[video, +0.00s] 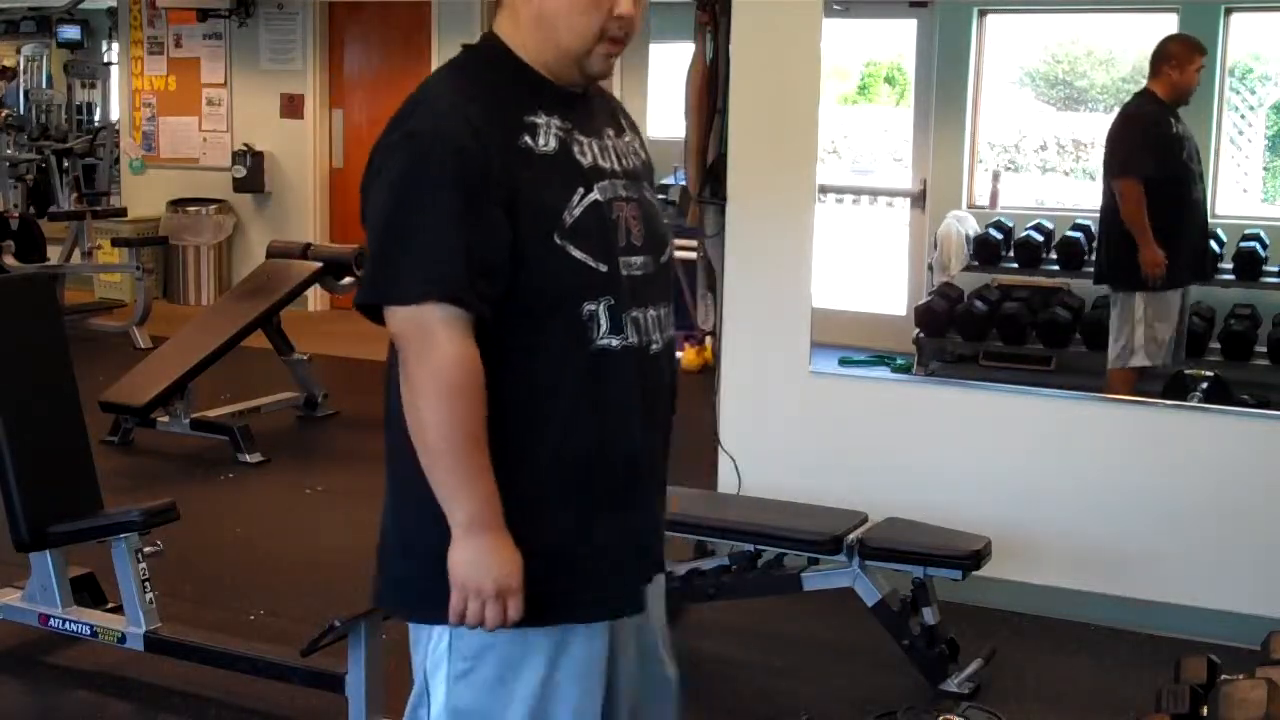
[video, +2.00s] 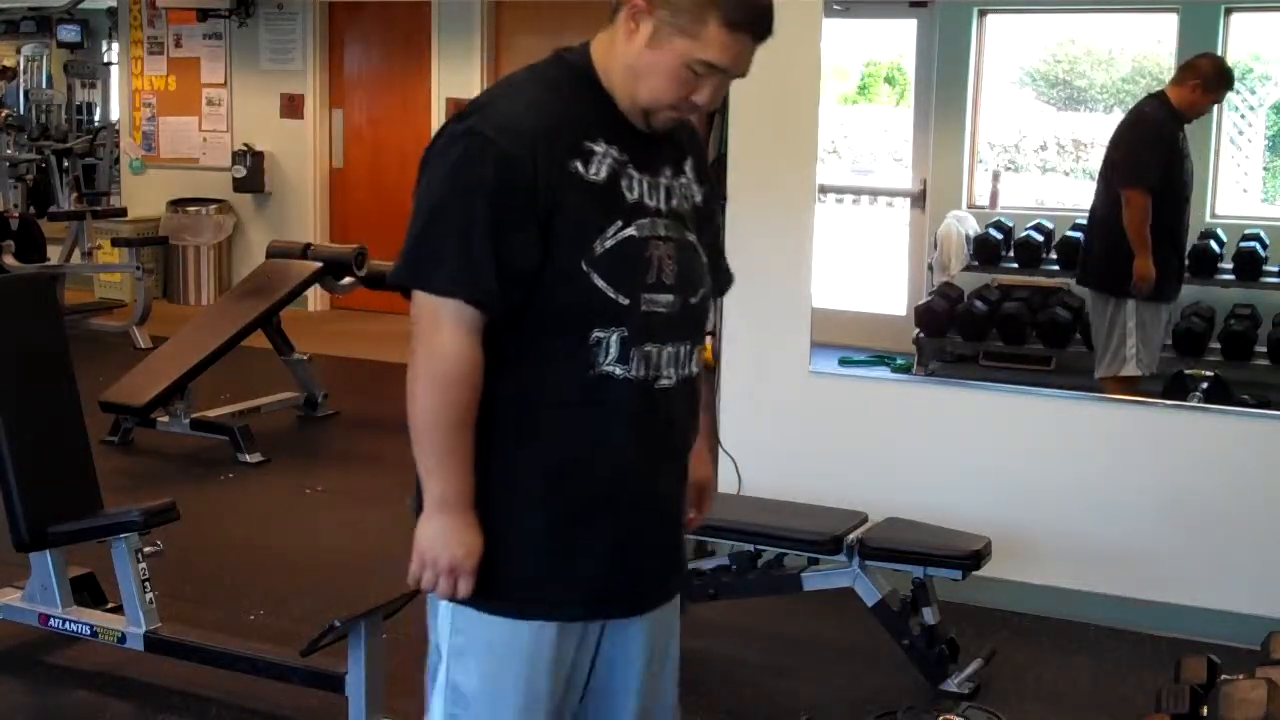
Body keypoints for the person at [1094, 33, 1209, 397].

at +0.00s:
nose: (1200, 79)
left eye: (1201, 71)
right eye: (1197, 70)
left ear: (1171, 69)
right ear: (1172, 68)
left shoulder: (1168, 118)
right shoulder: (1140, 115)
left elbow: (1169, 187)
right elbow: (1126, 184)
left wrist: (1183, 245)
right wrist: (1146, 246)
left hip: (1168, 260)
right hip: (1143, 263)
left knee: (1143, 364)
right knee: (1127, 364)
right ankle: (1113, 446)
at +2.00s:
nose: (1209, 111)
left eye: (1214, 105)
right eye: (1212, 102)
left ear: (1192, 85)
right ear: (1195, 87)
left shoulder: (1165, 122)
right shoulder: (1150, 121)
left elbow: (1150, 194)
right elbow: (1134, 194)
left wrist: (1160, 258)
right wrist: (1143, 256)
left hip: (1145, 271)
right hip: (1129, 272)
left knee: (1128, 376)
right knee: (1123, 377)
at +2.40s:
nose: (1214, 118)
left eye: (1219, 112)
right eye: (1216, 109)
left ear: (1197, 92)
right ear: (1198, 92)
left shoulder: (1171, 127)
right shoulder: (1149, 123)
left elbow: (1155, 196)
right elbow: (1128, 192)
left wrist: (1159, 255)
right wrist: (1142, 254)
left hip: (1137, 269)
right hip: (1118, 268)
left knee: (1129, 370)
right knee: (1117, 371)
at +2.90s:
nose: (1242, 173)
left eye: (1249, 168)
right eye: (1247, 164)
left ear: (1231, 142)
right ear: (1233, 146)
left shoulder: (1196, 167)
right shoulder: (1181, 166)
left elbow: (1158, 236)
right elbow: (1150, 237)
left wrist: (1142, 296)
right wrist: (1137, 301)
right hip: (1100, 270)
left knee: (1120, 371)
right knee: (1107, 373)